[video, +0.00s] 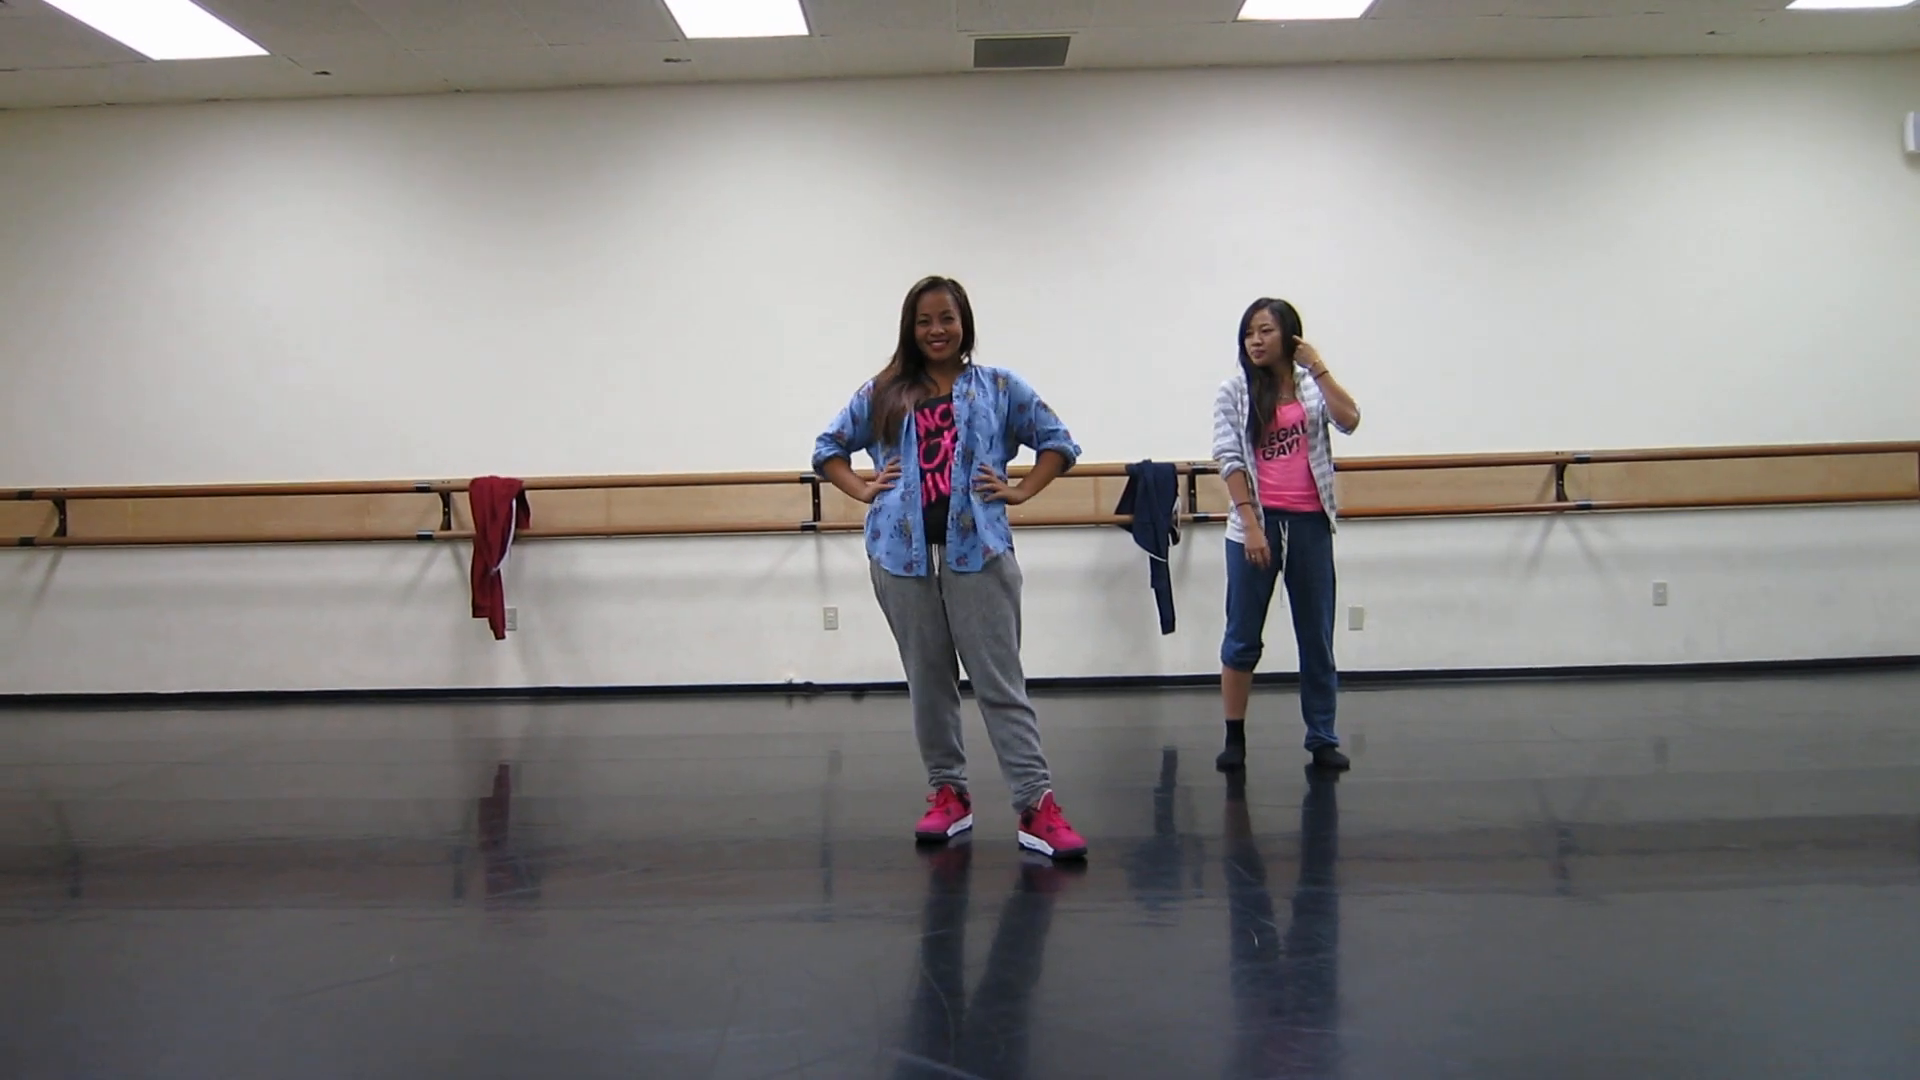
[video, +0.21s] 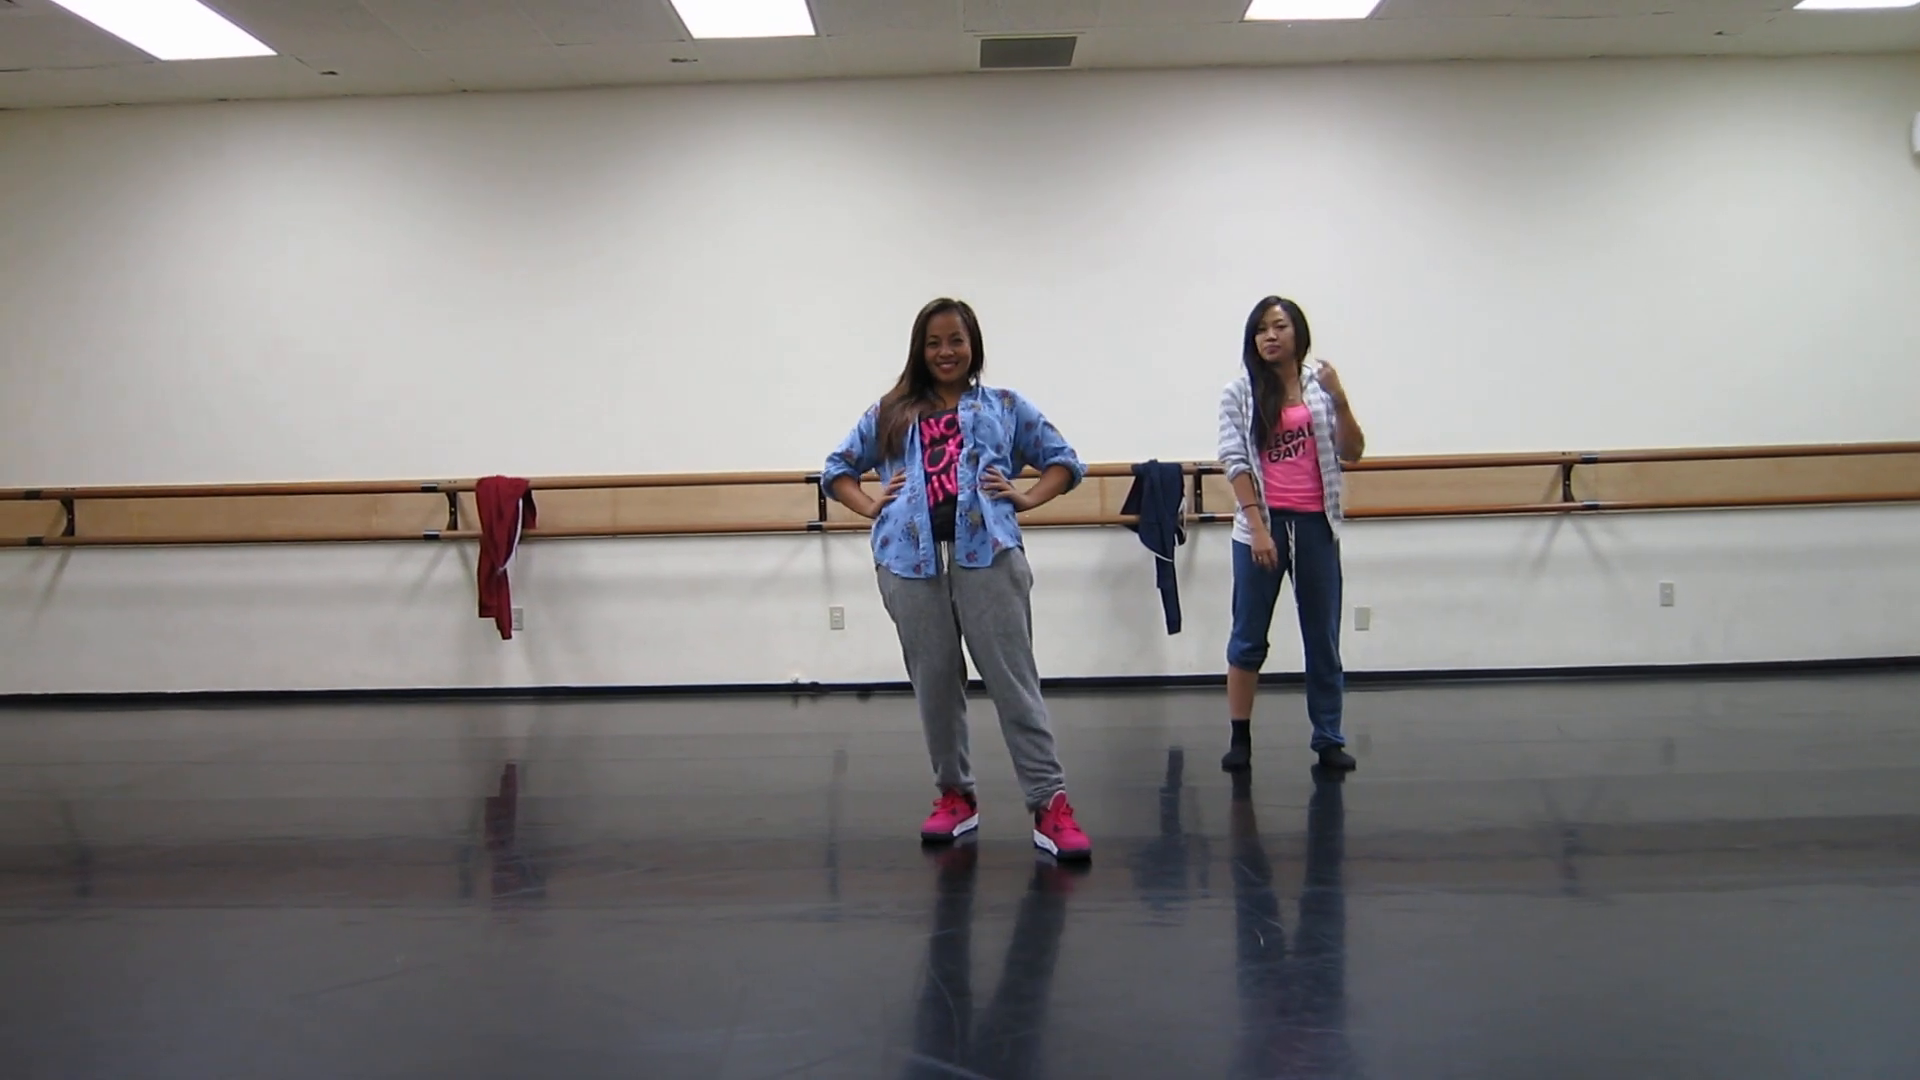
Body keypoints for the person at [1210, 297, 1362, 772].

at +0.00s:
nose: (1256, 340)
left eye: (1266, 331)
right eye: (1249, 333)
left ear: (1290, 338)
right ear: (1243, 341)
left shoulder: (1313, 386)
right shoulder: (1234, 391)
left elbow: (1349, 420)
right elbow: (1229, 460)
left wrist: (1318, 366)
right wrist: (1251, 524)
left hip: (1311, 524)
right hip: (1255, 523)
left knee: (1317, 639)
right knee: (1242, 639)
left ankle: (1323, 741)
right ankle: (1233, 739)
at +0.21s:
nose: (1270, 335)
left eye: (1280, 326)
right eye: (1262, 329)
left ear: (1300, 332)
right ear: (1253, 340)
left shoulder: (1320, 385)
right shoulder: (1239, 392)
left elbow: (1352, 454)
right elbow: (1234, 463)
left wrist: (1339, 398)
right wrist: (1257, 527)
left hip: (1316, 525)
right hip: (1260, 524)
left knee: (1324, 640)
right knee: (1248, 640)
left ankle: (1329, 742)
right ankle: (1239, 738)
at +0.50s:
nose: (1291, 334)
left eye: (1300, 325)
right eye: (1281, 328)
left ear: (1317, 332)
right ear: (1270, 338)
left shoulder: (1342, 388)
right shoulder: (1253, 393)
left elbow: (1354, 449)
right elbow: (1242, 465)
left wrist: (1358, 465)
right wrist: (1251, 530)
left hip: (1332, 524)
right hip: (1276, 523)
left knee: (1335, 638)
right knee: (1259, 637)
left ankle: (1336, 740)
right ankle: (1246, 736)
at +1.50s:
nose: (1259, 347)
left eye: (1269, 339)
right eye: (1251, 340)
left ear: (1283, 347)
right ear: (1237, 348)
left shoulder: (1300, 401)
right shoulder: (1215, 401)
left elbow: (1310, 458)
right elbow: (1206, 466)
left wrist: (1311, 491)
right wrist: (1214, 527)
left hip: (1277, 525)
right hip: (1224, 524)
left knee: (1300, 628)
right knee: (1222, 632)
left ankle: (1327, 729)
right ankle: (1226, 727)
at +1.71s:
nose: (1237, 344)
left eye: (1246, 336)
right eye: (1228, 337)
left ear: (1259, 344)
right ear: (1215, 346)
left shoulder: (1276, 396)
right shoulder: (1192, 398)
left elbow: (1288, 457)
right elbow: (1173, 464)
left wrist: (1267, 482)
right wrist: (1165, 524)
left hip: (1259, 520)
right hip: (1205, 521)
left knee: (1284, 615)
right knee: (1213, 629)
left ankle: (1275, 715)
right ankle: (1221, 725)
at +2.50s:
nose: (1242, 355)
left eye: (1249, 347)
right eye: (1232, 349)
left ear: (1261, 354)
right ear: (1220, 359)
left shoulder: (1275, 400)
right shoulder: (1206, 404)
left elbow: (1284, 463)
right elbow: (1173, 464)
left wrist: (1305, 435)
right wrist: (1196, 455)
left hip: (1263, 520)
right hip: (1219, 518)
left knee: (1256, 622)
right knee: (1224, 618)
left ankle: (1248, 712)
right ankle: (1210, 711)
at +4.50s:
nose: (1232, 373)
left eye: (1239, 366)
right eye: (1223, 367)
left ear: (1251, 372)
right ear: (1211, 376)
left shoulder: (1271, 417)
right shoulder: (1193, 422)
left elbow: (1283, 485)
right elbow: (1179, 485)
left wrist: (1278, 450)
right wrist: (1220, 481)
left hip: (1259, 536)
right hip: (1209, 535)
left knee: (1257, 643)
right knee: (1189, 631)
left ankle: (1253, 736)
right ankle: (1167, 718)